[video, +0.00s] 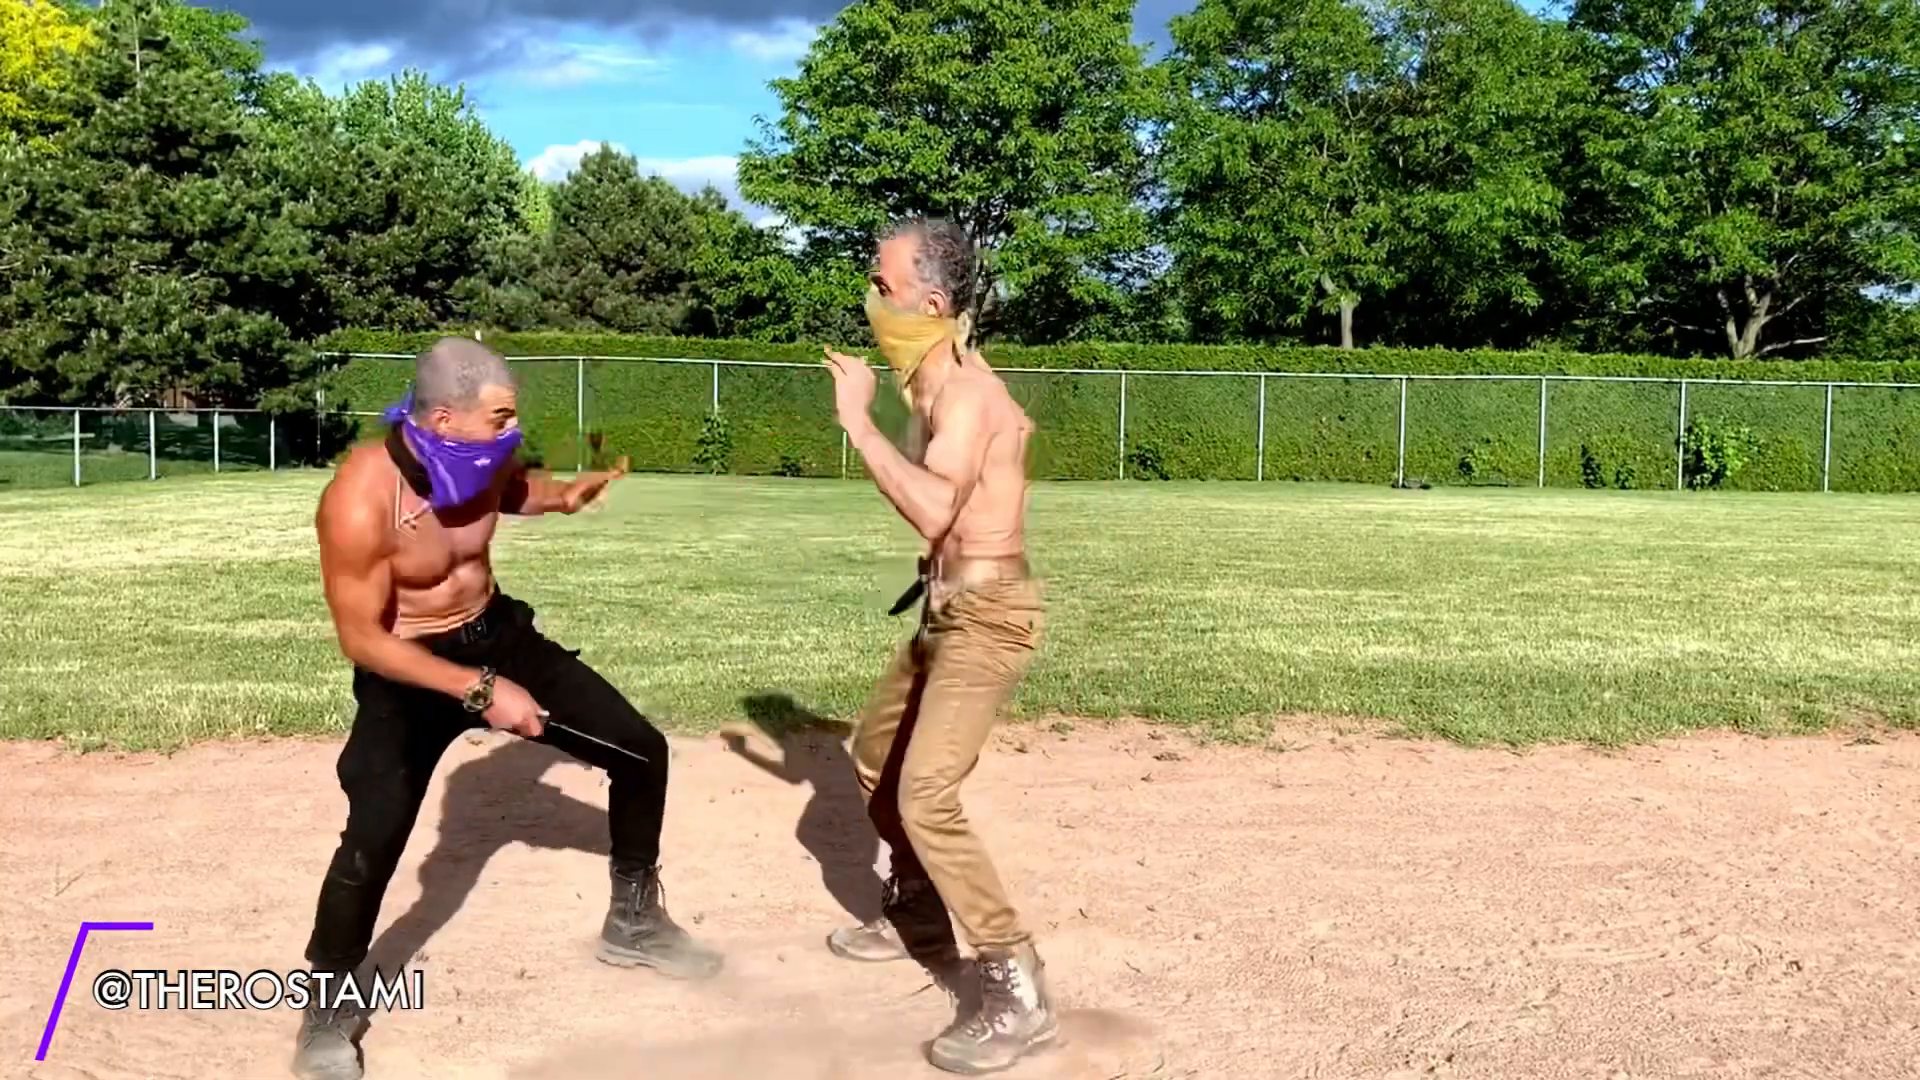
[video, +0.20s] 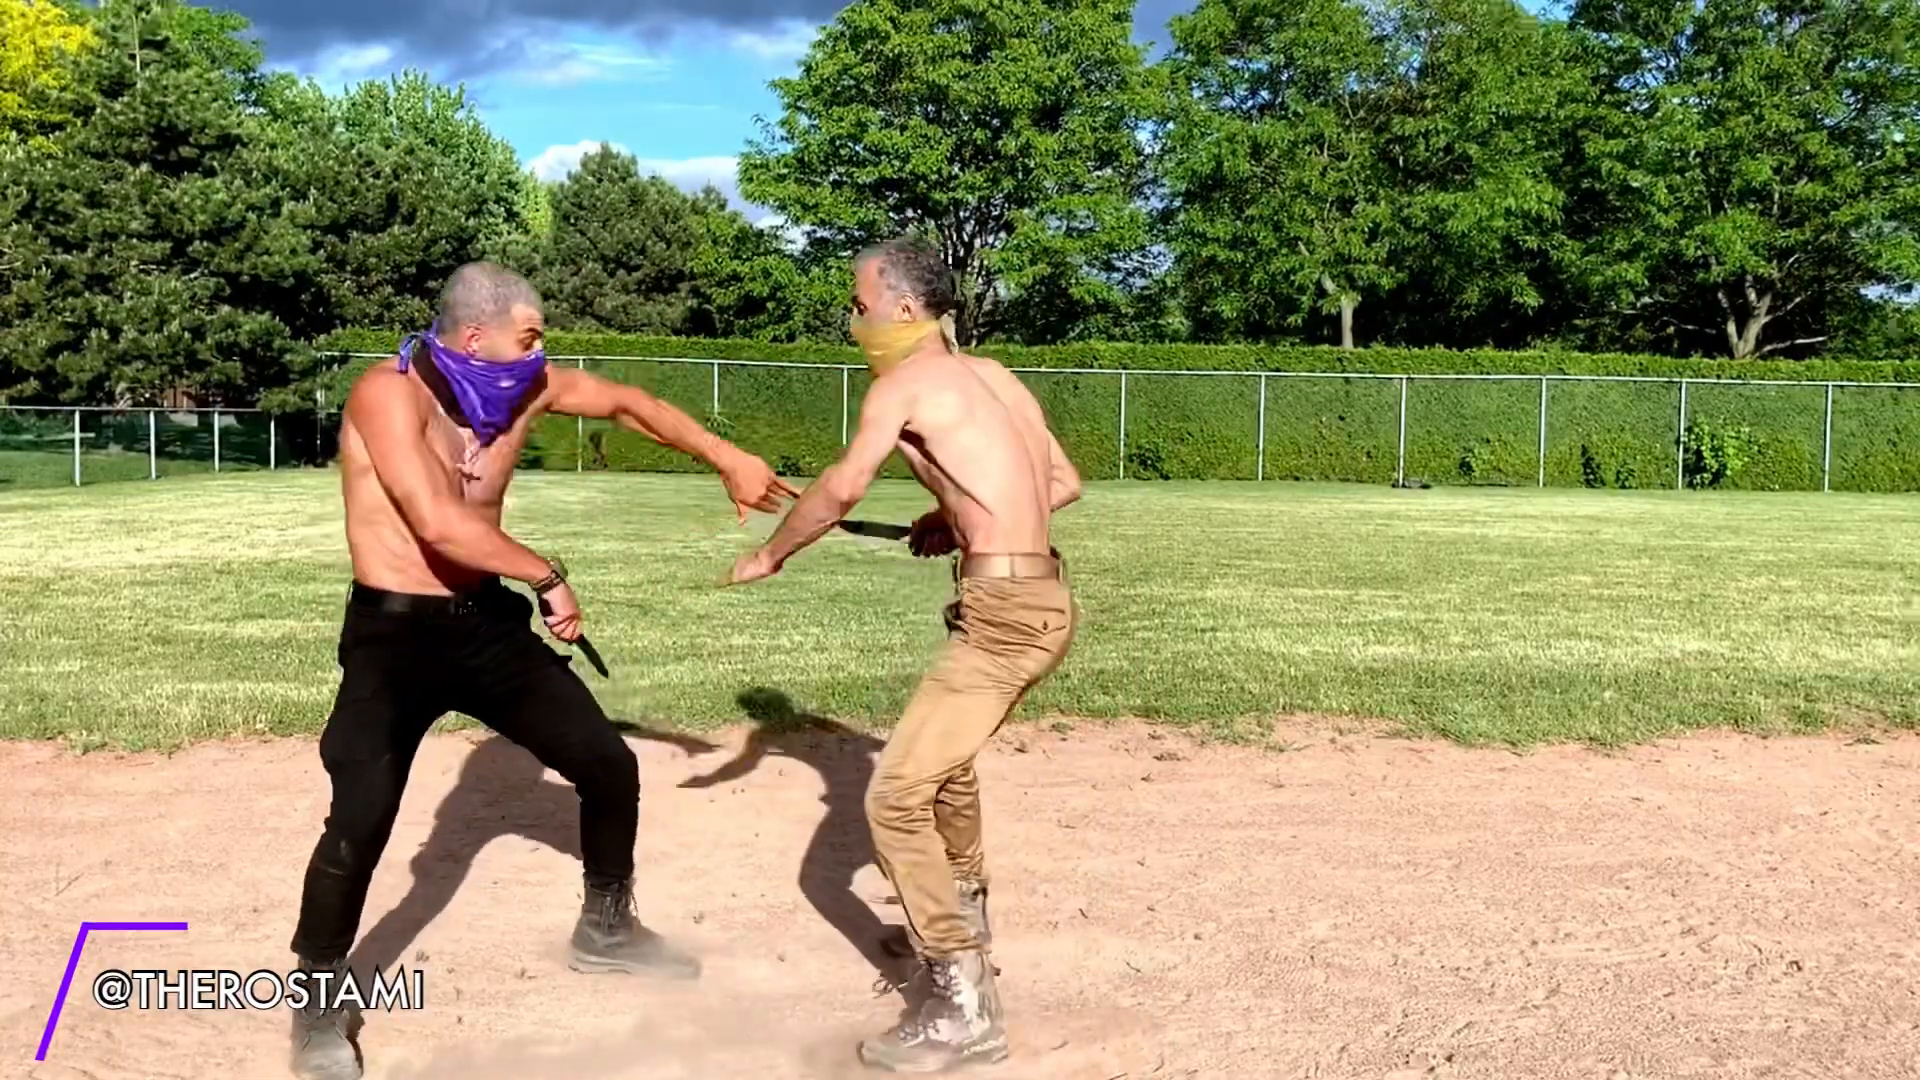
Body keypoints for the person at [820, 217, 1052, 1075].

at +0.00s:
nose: (873, 300)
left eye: (885, 286)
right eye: (875, 283)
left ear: (933, 299)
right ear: (936, 296)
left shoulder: (967, 392)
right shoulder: (949, 382)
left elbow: (934, 511)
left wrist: (857, 424)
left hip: (988, 616)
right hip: (950, 608)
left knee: (927, 799)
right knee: (876, 756)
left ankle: (1018, 992)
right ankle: (918, 917)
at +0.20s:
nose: (857, 319)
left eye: (864, 304)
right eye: (857, 302)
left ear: (903, 306)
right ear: (932, 307)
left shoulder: (901, 385)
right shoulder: (995, 376)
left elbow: (842, 488)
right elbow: (1062, 480)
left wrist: (770, 554)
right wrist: (959, 519)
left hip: (1001, 612)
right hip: (1043, 606)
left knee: (896, 799)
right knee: (942, 766)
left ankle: (961, 1005)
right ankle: (961, 921)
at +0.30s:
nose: (858, 329)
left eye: (864, 311)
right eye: (855, 313)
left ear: (907, 303)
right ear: (924, 305)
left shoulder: (937, 382)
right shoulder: (991, 377)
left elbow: (984, 501)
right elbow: (1012, 493)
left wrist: (919, 535)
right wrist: (924, 525)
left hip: (1008, 606)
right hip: (1045, 601)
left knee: (906, 784)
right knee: (958, 750)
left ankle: (957, 1000)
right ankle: (984, 905)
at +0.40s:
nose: (872, 315)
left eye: (880, 297)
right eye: (869, 299)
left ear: (927, 289)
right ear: (923, 291)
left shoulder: (1001, 369)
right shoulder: (953, 379)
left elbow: (1049, 496)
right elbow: (987, 502)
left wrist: (946, 498)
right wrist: (906, 540)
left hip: (1040, 593)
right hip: (995, 594)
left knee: (968, 765)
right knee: (936, 755)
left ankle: (979, 997)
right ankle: (978, 908)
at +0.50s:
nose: (907, 319)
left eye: (917, 302)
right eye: (903, 304)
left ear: (966, 293)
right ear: (950, 298)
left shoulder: (1044, 381)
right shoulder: (963, 392)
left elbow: (1046, 515)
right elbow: (986, 491)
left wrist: (946, 459)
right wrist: (930, 531)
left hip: (1064, 602)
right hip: (1001, 603)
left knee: (1013, 767)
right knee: (936, 756)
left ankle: (1095, 968)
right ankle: (980, 911)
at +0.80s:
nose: (956, 331)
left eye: (963, 312)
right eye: (950, 314)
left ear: (1015, 305)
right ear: (1001, 311)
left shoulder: (1081, 385)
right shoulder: (1025, 400)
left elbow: (1042, 507)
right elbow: (1063, 512)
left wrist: (959, 439)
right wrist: (1009, 565)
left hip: (1128, 604)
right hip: (1069, 604)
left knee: (1130, 798)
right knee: (986, 749)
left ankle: (1216, 962)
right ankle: (990, 908)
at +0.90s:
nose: (959, 322)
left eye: (966, 304)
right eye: (953, 306)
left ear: (1017, 297)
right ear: (1006, 302)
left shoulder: (1082, 380)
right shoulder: (1031, 393)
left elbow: (1040, 497)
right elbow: (1058, 508)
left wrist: (960, 428)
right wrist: (1002, 554)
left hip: (1131, 599)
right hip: (1067, 598)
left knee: (1138, 794)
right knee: (989, 749)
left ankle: (1217, 958)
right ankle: (988, 909)